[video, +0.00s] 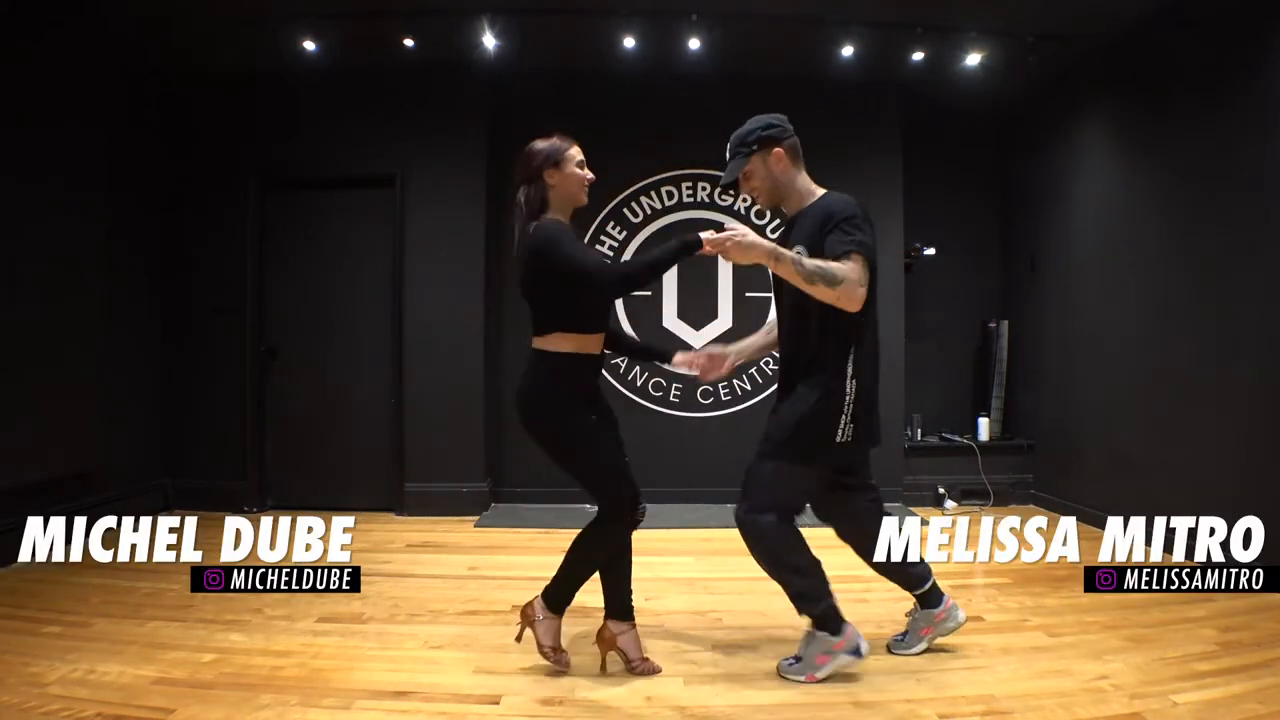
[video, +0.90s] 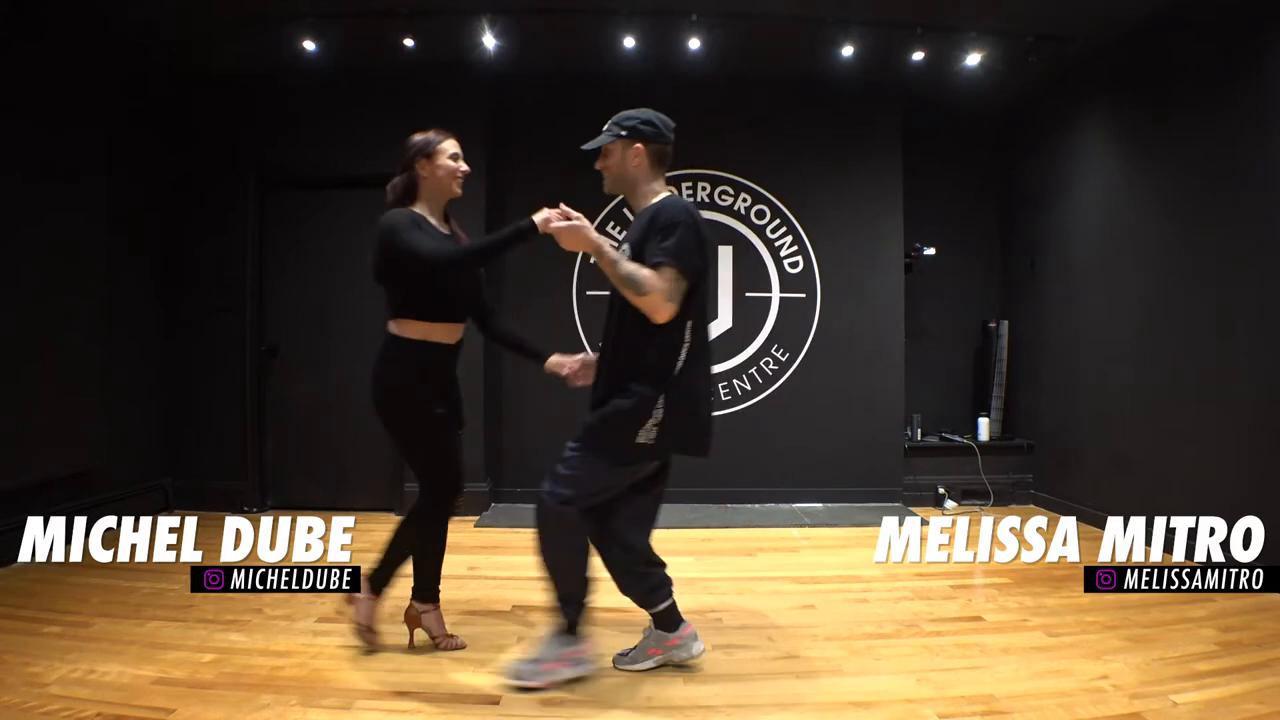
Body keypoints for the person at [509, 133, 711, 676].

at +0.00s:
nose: (591, 174)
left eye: (587, 166)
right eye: (580, 166)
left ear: (561, 177)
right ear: (549, 176)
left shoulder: (569, 241)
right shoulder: (546, 237)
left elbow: (602, 333)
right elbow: (614, 280)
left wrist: (668, 356)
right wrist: (690, 243)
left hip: (581, 386)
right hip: (553, 389)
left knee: (622, 504)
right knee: (619, 503)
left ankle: (619, 623)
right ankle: (546, 608)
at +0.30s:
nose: (562, 158)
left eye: (559, 149)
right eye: (552, 150)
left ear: (528, 162)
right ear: (521, 160)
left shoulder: (521, 221)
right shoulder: (530, 225)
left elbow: (577, 294)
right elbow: (589, 306)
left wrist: (631, 290)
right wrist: (669, 317)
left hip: (519, 369)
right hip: (517, 372)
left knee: (571, 488)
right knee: (541, 497)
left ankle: (568, 615)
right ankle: (517, 632)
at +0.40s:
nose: (550, 158)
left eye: (547, 149)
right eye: (539, 149)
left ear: (516, 162)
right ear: (509, 161)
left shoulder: (501, 222)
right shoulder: (524, 227)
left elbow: (557, 284)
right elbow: (568, 312)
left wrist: (611, 256)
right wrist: (646, 347)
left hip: (500, 365)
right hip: (511, 367)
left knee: (554, 487)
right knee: (532, 495)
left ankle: (502, 597)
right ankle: (520, 632)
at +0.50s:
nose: (529, 161)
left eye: (526, 152)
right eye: (518, 153)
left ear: (490, 168)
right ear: (486, 165)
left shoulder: (471, 228)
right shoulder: (506, 231)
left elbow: (536, 274)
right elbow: (533, 316)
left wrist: (593, 232)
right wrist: (605, 352)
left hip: (468, 364)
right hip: (499, 367)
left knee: (498, 490)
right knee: (515, 497)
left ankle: (439, 597)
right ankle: (518, 632)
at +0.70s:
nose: (501, 159)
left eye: (498, 151)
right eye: (489, 151)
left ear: (468, 164)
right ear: (457, 162)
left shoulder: (470, 221)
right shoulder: (462, 221)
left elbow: (518, 275)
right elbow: (482, 291)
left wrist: (588, 266)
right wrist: (567, 304)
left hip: (442, 359)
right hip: (461, 361)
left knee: (447, 483)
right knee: (500, 482)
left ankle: (424, 603)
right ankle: (487, 619)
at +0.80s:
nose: (478, 166)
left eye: (477, 157)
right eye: (468, 156)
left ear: (452, 168)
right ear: (436, 166)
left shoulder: (459, 230)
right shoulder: (422, 226)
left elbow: (501, 305)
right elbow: (466, 276)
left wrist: (566, 327)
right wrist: (545, 250)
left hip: (442, 370)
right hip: (422, 371)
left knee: (466, 487)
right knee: (458, 483)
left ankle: (419, 597)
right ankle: (421, 599)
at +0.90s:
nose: (464, 167)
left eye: (464, 159)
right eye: (453, 158)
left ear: (446, 172)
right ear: (420, 168)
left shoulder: (456, 237)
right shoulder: (399, 225)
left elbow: (487, 321)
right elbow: (450, 262)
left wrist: (547, 357)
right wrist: (531, 227)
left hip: (440, 371)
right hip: (405, 370)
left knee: (442, 488)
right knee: (441, 485)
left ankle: (426, 605)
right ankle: (370, 589)